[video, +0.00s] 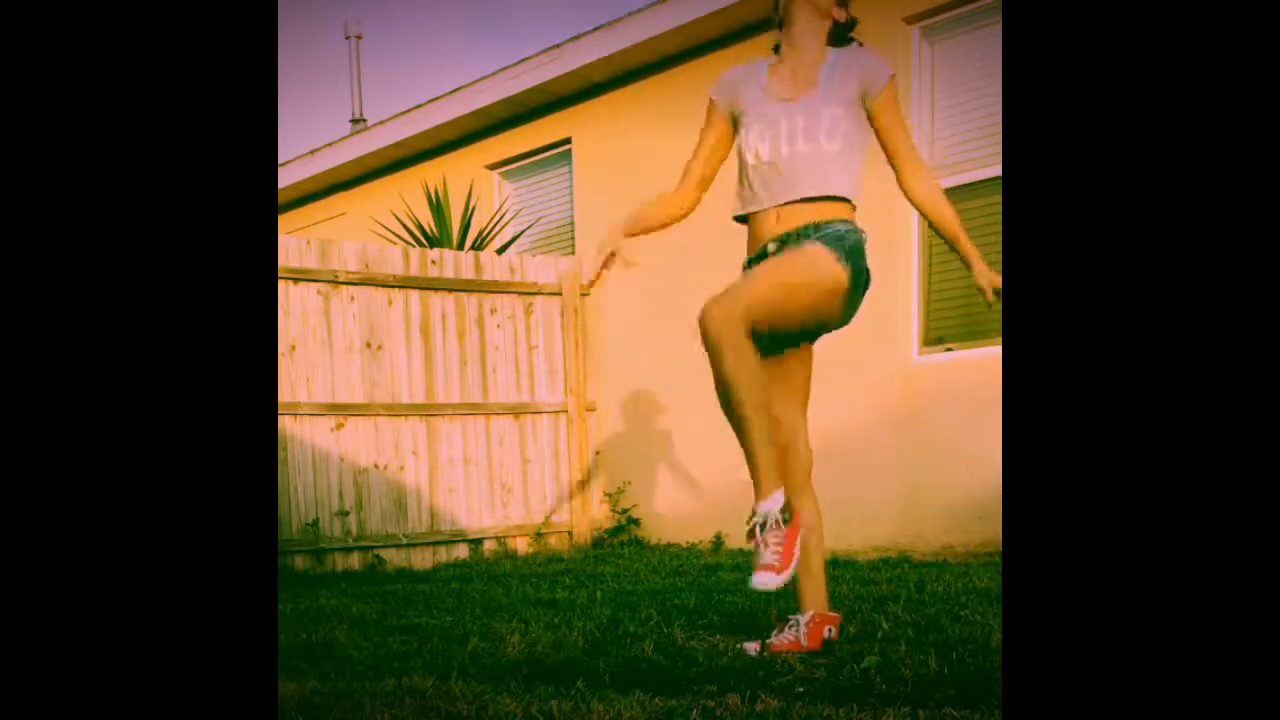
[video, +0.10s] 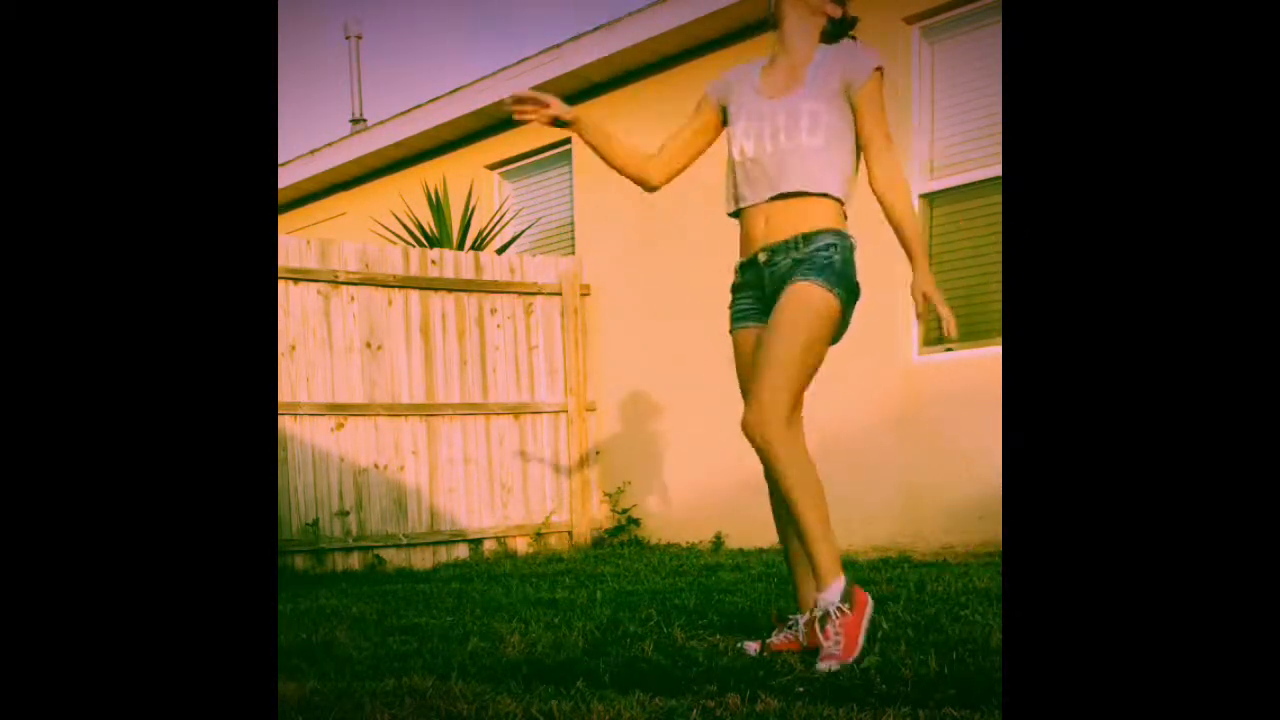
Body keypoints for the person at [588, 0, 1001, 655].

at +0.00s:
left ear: (840, 10)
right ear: (786, 1)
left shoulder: (862, 68)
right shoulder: (738, 83)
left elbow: (914, 176)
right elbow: (688, 192)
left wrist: (976, 262)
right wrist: (622, 228)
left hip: (831, 249)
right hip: (763, 263)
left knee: (721, 315)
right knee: (791, 455)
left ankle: (769, 498)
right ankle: (815, 616)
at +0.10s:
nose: (822, 1)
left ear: (829, 7)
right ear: (784, 0)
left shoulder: (850, 66)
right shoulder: (733, 84)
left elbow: (884, 172)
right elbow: (654, 169)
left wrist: (921, 268)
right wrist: (572, 118)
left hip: (818, 257)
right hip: (753, 271)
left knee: (767, 420)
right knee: (772, 436)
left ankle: (837, 597)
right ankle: (808, 611)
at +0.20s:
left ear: (816, 4)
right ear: (776, 3)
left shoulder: (834, 52)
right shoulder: (726, 78)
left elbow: (854, 156)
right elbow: (621, 122)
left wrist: (854, 237)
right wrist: (594, 24)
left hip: (803, 263)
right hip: (740, 275)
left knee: (796, 446)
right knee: (770, 458)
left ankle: (855, 617)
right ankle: (811, 617)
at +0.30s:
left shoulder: (815, 45)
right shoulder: (709, 63)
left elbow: (844, 157)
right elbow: (598, 71)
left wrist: (822, 181)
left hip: (794, 259)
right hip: (733, 274)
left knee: (773, 435)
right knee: (766, 447)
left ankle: (846, 608)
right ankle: (810, 615)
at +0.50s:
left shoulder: (777, 42)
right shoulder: (669, 48)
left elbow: (851, 145)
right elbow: (564, 12)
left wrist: (832, 142)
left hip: (780, 261)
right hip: (722, 278)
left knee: (710, 422)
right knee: (773, 455)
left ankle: (764, 597)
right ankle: (812, 613)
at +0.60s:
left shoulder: (757, 43)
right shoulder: (648, 45)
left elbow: (829, 129)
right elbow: (547, 7)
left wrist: (837, 145)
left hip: (767, 267)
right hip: (712, 282)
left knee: (697, 437)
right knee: (755, 462)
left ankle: (733, 617)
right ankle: (811, 615)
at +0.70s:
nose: (642, 2)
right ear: (646, 8)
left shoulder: (739, 48)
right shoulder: (633, 54)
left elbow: (825, 152)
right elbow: (524, 16)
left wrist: (804, 111)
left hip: (753, 269)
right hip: (701, 280)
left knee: (688, 452)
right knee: (654, 456)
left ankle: (734, 622)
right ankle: (772, 570)